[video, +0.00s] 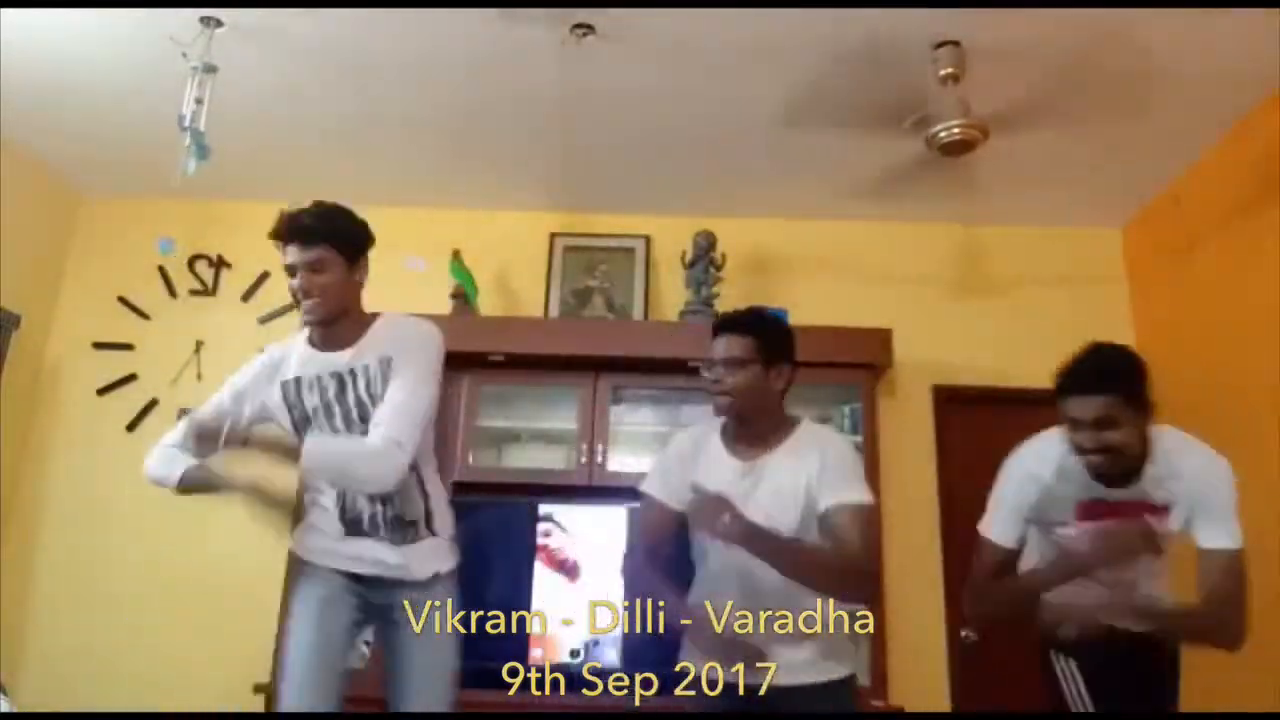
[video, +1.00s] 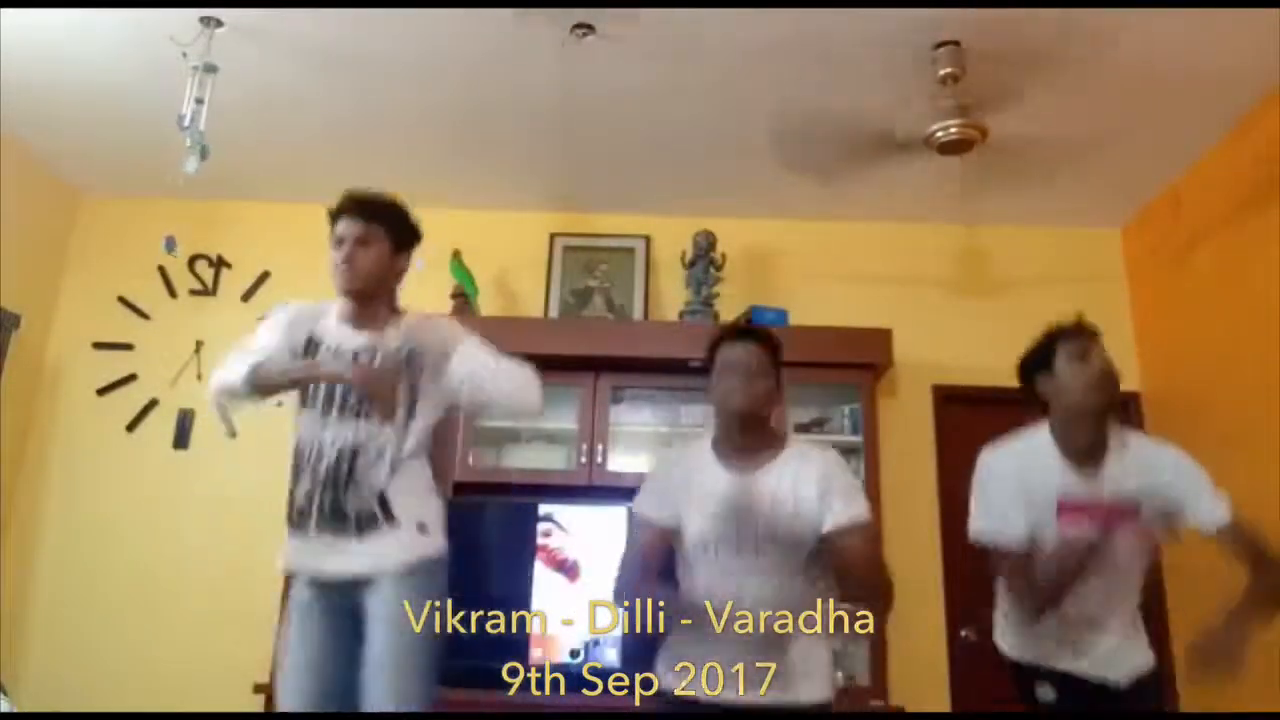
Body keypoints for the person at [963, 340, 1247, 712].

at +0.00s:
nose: (1089, 443)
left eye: (1106, 426)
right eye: (1075, 427)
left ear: (1144, 415)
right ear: (1064, 422)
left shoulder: (1201, 472)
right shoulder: (1032, 467)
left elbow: (1226, 625)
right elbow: (980, 603)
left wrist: (1116, 611)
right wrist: (1083, 560)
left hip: (1151, 629)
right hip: (1069, 628)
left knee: (1153, 706)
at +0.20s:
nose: (1037, 512)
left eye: (1051, 493)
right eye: (1023, 499)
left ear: (1087, 483)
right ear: (1011, 497)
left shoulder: (1154, 535)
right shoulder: (1007, 532)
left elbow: (1196, 675)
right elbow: (970, 652)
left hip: (1153, 686)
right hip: (1072, 678)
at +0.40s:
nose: (1030, 515)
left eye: (1044, 496)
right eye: (1015, 501)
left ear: (1078, 486)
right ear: (1004, 498)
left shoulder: (1152, 532)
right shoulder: (999, 541)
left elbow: (1199, 687)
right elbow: (977, 665)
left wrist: (1052, 672)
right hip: (1075, 692)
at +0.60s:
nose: (1041, 465)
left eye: (1056, 447)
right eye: (1025, 450)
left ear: (1089, 430)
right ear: (1012, 443)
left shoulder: (1155, 476)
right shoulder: (999, 481)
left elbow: (1211, 627)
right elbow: (983, 608)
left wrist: (1082, 630)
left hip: (1158, 659)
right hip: (1070, 655)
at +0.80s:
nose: (1080, 456)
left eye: (1092, 440)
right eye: (1061, 445)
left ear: (1115, 439)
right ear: (1038, 452)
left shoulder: (1171, 506)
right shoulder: (1009, 509)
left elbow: (1228, 659)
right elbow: (984, 638)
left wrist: (1137, 630)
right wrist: (1034, 706)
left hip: (1149, 692)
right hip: (1055, 688)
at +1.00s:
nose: (1104, 366)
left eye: (1103, 354)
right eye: (1081, 357)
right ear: (1044, 387)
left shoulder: (1157, 463)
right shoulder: (1004, 464)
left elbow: (1267, 570)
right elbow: (1030, 602)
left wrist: (1231, 634)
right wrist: (1095, 540)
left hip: (1127, 666)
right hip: (1042, 669)